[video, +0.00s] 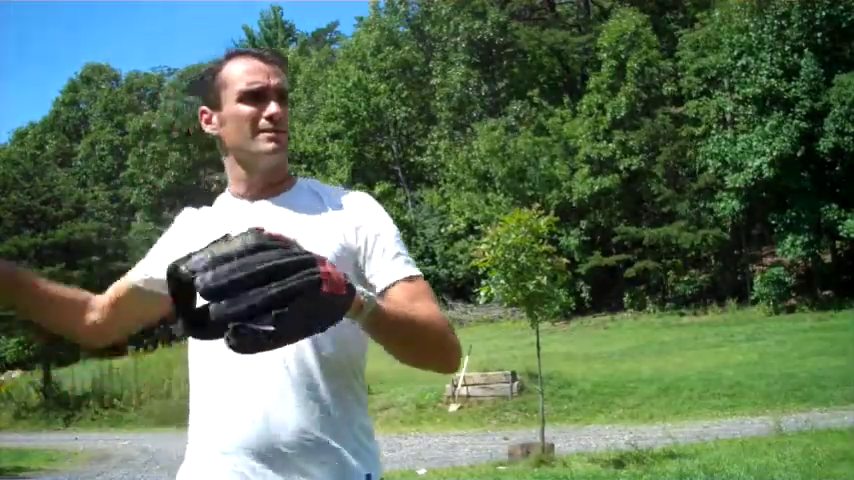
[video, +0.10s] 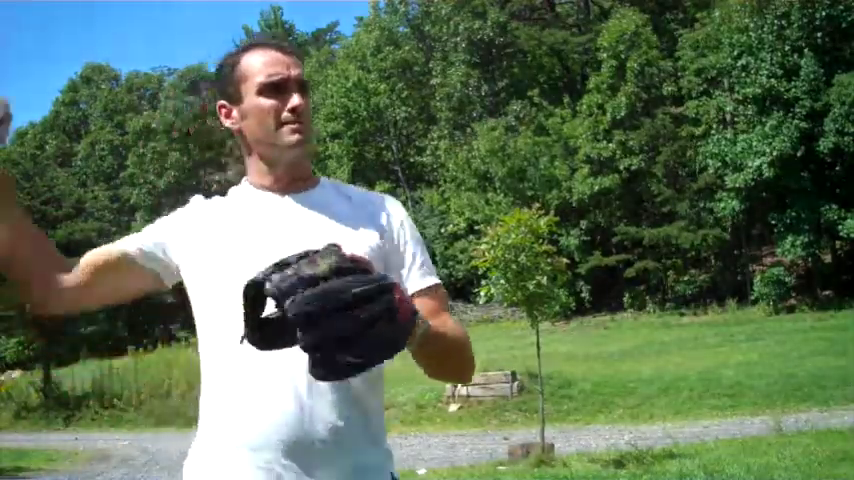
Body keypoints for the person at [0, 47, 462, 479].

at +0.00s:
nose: (275, 111)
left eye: (281, 98)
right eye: (254, 98)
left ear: (290, 111)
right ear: (212, 121)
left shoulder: (354, 213)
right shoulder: (190, 230)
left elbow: (445, 352)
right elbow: (98, 321)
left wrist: (352, 301)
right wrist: (9, 279)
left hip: (335, 465)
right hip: (220, 465)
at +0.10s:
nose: (297, 101)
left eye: (302, 88)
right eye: (274, 90)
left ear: (311, 103)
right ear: (231, 115)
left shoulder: (382, 215)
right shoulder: (197, 226)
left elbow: (459, 366)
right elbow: (55, 289)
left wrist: (402, 318)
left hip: (357, 465)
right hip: (235, 466)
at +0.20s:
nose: (318, 97)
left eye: (320, 82)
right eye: (295, 86)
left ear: (329, 93)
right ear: (251, 112)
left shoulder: (394, 221)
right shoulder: (215, 209)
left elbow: (455, 373)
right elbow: (84, 231)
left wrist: (437, 335)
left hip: (370, 465)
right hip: (245, 467)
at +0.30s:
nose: (331, 93)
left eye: (334, 78)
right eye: (307, 80)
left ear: (344, 87)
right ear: (260, 105)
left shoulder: (391, 223)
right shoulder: (247, 200)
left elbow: (421, 345)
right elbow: (206, 192)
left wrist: (453, 354)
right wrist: (185, 17)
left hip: (382, 465)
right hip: (266, 463)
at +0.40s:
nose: (342, 87)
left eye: (345, 72)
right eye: (317, 76)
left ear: (353, 78)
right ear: (268, 100)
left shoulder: (386, 222)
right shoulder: (240, 163)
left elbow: (409, 355)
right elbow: (302, 177)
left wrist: (459, 384)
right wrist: (425, 105)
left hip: (380, 465)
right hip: (265, 464)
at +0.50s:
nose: (351, 84)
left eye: (356, 69)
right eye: (327, 70)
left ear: (364, 81)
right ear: (278, 94)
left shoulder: (376, 206)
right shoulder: (259, 163)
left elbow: (395, 351)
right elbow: (393, 234)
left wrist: (462, 416)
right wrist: (571, 253)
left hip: (374, 464)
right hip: (271, 466)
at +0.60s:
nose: (358, 83)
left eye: (361, 68)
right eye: (332, 68)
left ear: (370, 79)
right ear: (281, 91)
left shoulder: (371, 210)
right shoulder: (275, 156)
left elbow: (374, 352)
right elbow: (427, 281)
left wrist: (451, 432)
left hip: (373, 467)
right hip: (276, 467)